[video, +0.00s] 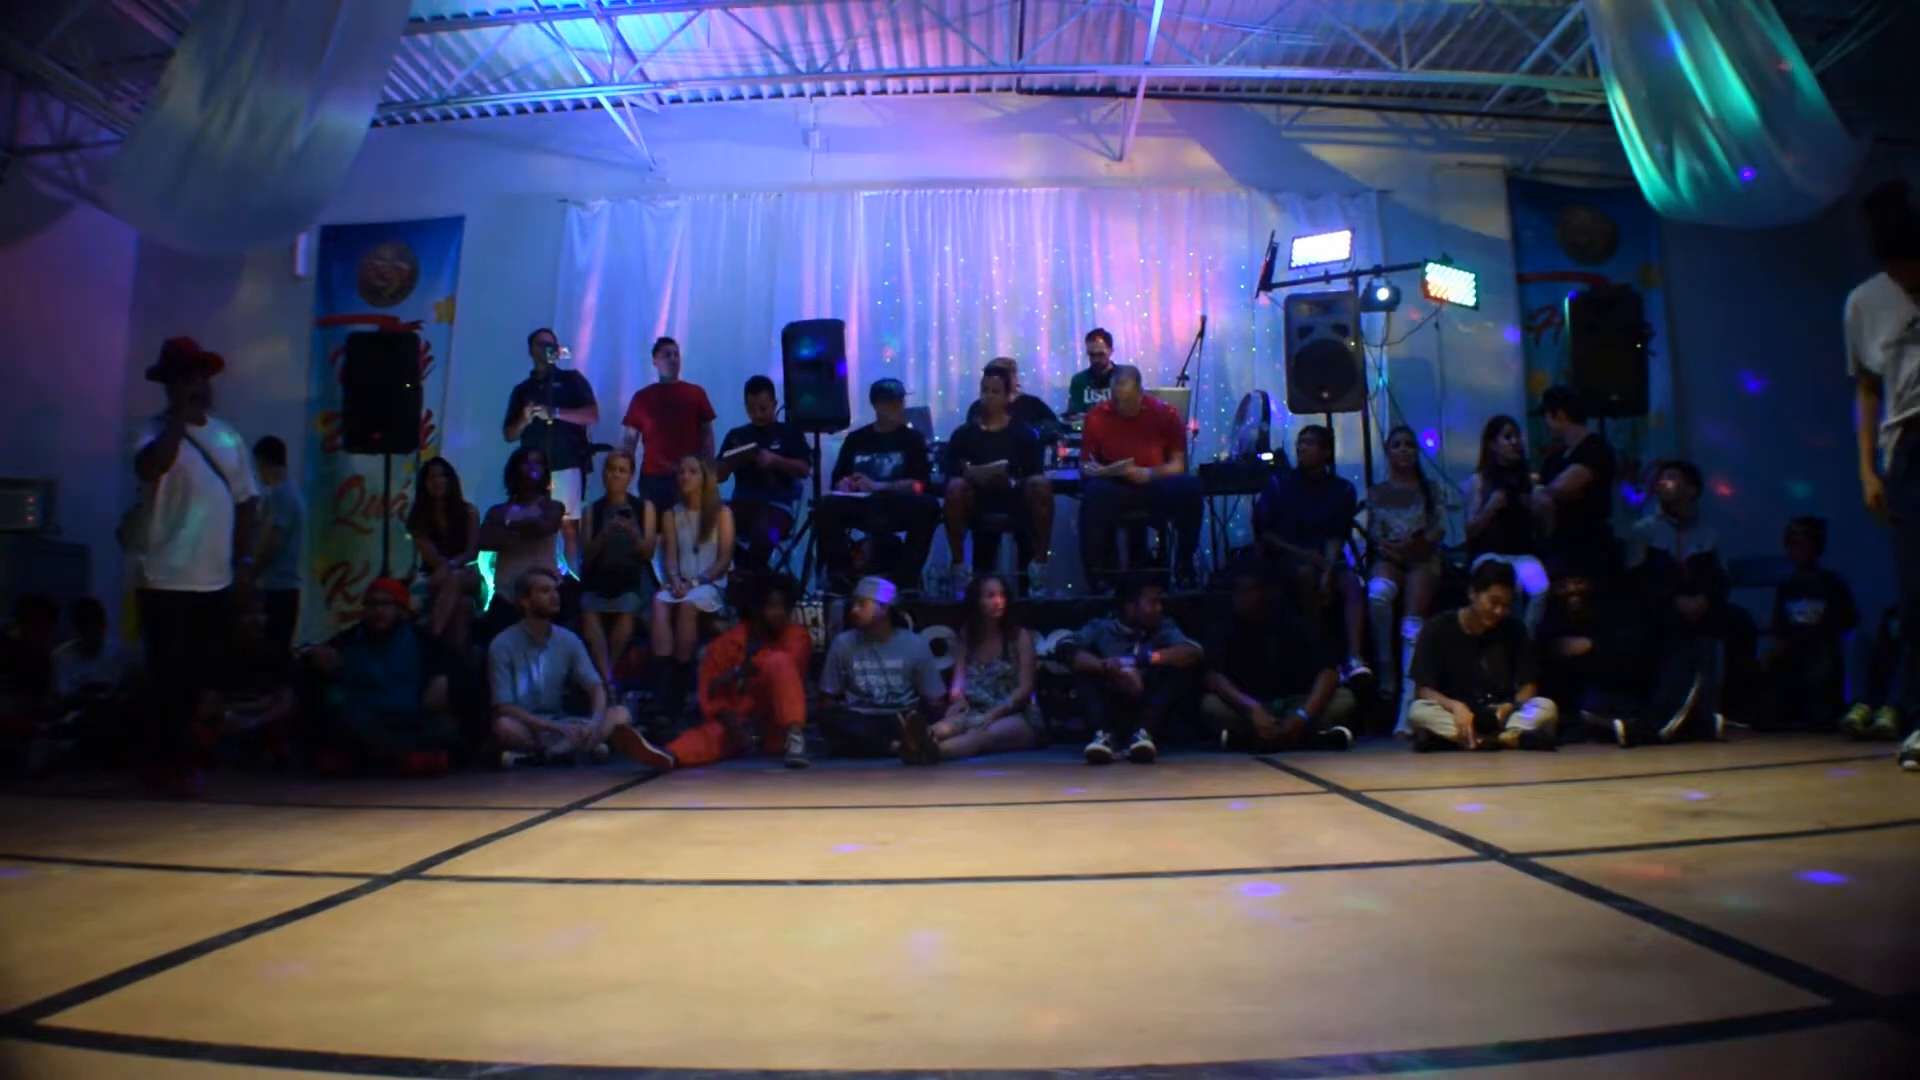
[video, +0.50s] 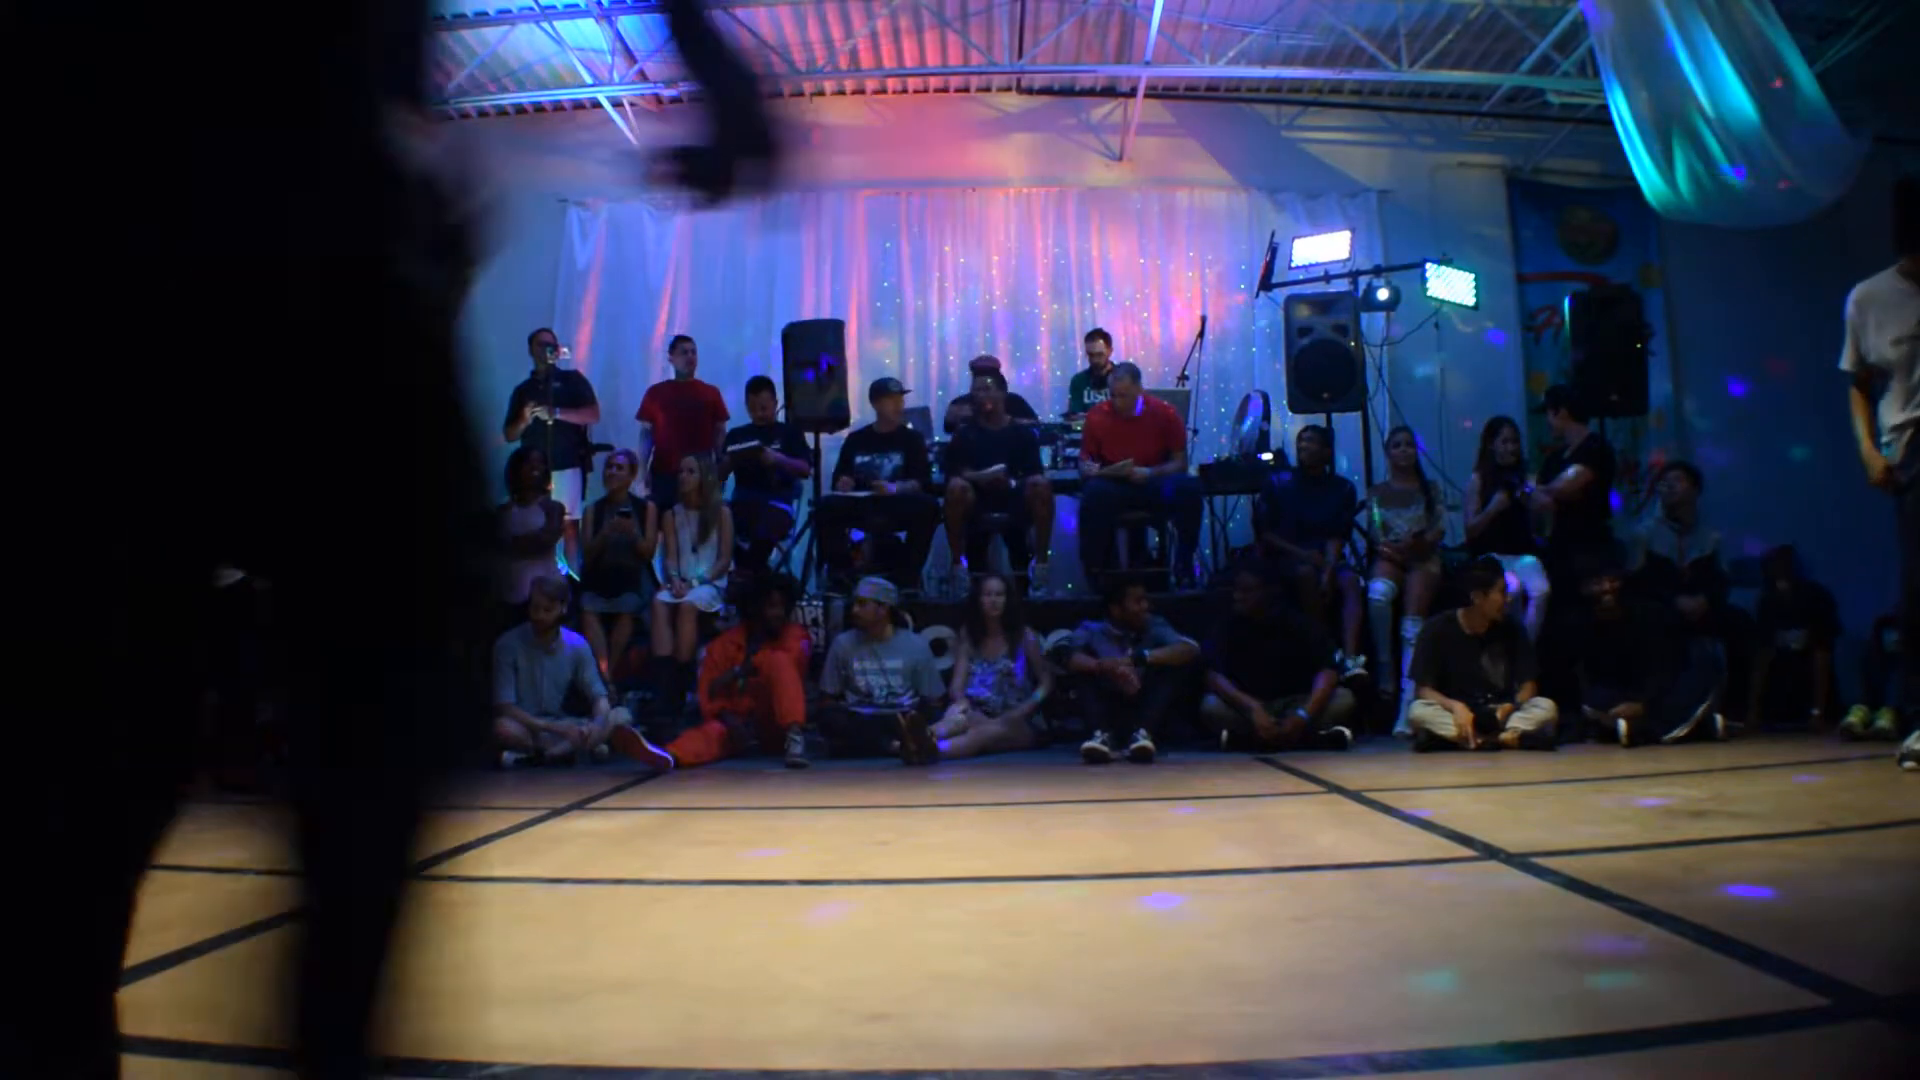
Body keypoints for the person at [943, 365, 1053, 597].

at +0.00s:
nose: (987, 397)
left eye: (994, 392)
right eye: (984, 391)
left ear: (1008, 396)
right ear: (979, 392)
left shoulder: (1023, 434)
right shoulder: (963, 434)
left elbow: (1034, 472)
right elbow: (949, 469)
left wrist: (1009, 481)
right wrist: (972, 473)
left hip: (1012, 492)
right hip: (977, 492)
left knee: (1040, 486)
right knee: (956, 487)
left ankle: (1040, 562)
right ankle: (958, 565)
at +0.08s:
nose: (986, 394)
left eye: (992, 389)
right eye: (983, 388)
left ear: (1008, 394)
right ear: (978, 392)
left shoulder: (1023, 433)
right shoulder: (965, 433)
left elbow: (1034, 471)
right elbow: (950, 466)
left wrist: (1008, 479)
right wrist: (974, 474)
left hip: (1013, 490)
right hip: (978, 491)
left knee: (1040, 486)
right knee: (956, 487)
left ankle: (1040, 562)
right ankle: (958, 565)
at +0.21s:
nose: (981, 393)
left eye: (987, 387)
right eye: (979, 387)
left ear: (1005, 392)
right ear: (977, 393)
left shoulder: (1023, 431)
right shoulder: (966, 432)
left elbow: (1035, 472)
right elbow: (950, 467)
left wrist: (1009, 480)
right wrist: (976, 474)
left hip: (1013, 490)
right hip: (978, 491)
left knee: (1040, 486)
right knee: (956, 487)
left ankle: (1040, 563)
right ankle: (957, 565)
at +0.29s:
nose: (983, 397)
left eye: (989, 391)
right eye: (979, 392)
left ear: (1003, 396)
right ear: (976, 398)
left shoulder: (1022, 432)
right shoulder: (966, 433)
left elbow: (1035, 472)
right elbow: (951, 470)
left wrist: (1009, 480)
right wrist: (977, 475)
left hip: (1012, 489)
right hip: (978, 490)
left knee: (1040, 485)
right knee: (957, 487)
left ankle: (1040, 562)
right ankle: (958, 565)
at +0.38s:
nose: (981, 394)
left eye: (986, 388)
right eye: (977, 389)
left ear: (1002, 394)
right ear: (974, 396)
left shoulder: (1022, 432)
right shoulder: (965, 433)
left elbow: (1035, 472)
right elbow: (950, 470)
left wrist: (1009, 481)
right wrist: (977, 475)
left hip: (1012, 490)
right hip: (978, 491)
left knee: (1040, 486)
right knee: (957, 487)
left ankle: (1041, 562)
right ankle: (958, 565)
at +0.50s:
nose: (984, 398)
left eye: (990, 390)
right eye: (978, 391)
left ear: (1004, 394)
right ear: (972, 397)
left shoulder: (1022, 432)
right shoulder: (965, 433)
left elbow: (1035, 473)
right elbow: (953, 472)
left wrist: (1010, 481)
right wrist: (981, 477)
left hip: (1013, 492)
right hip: (978, 493)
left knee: (1040, 486)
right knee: (957, 488)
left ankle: (1041, 562)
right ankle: (957, 564)